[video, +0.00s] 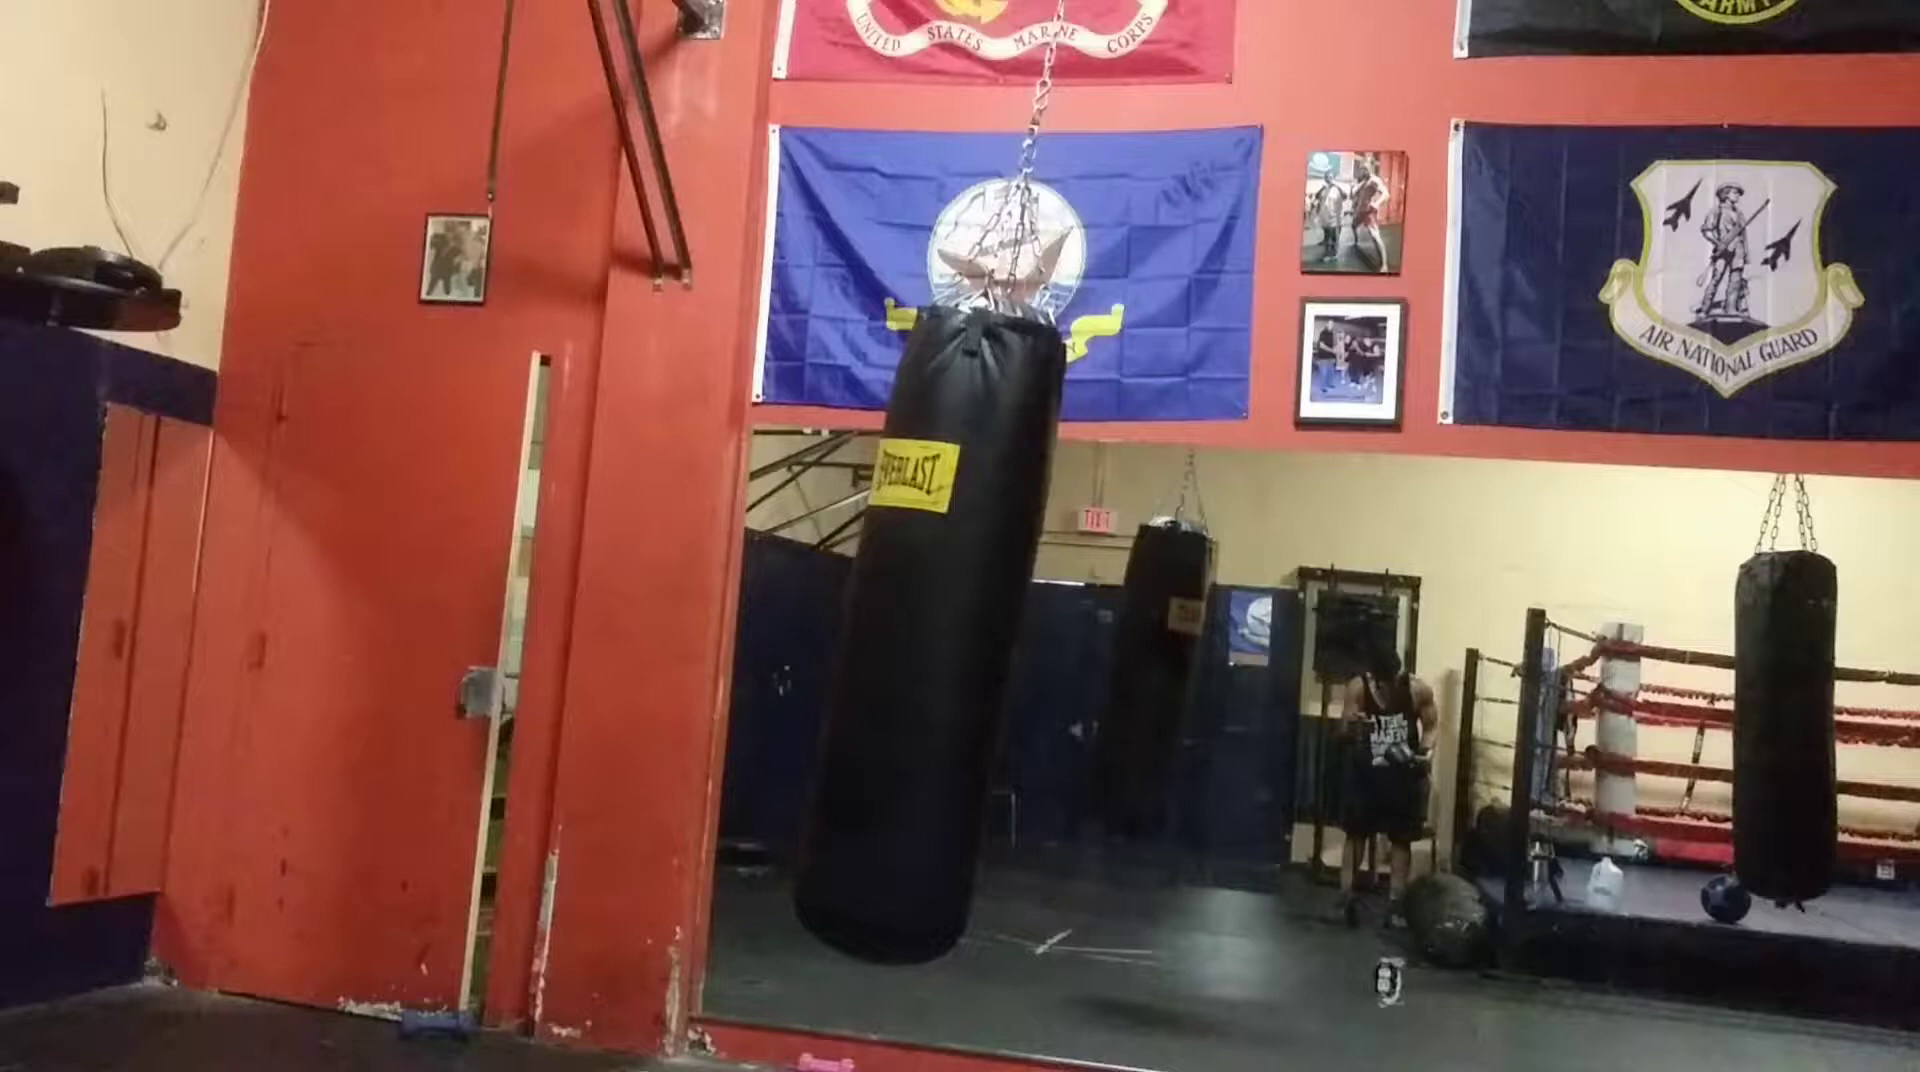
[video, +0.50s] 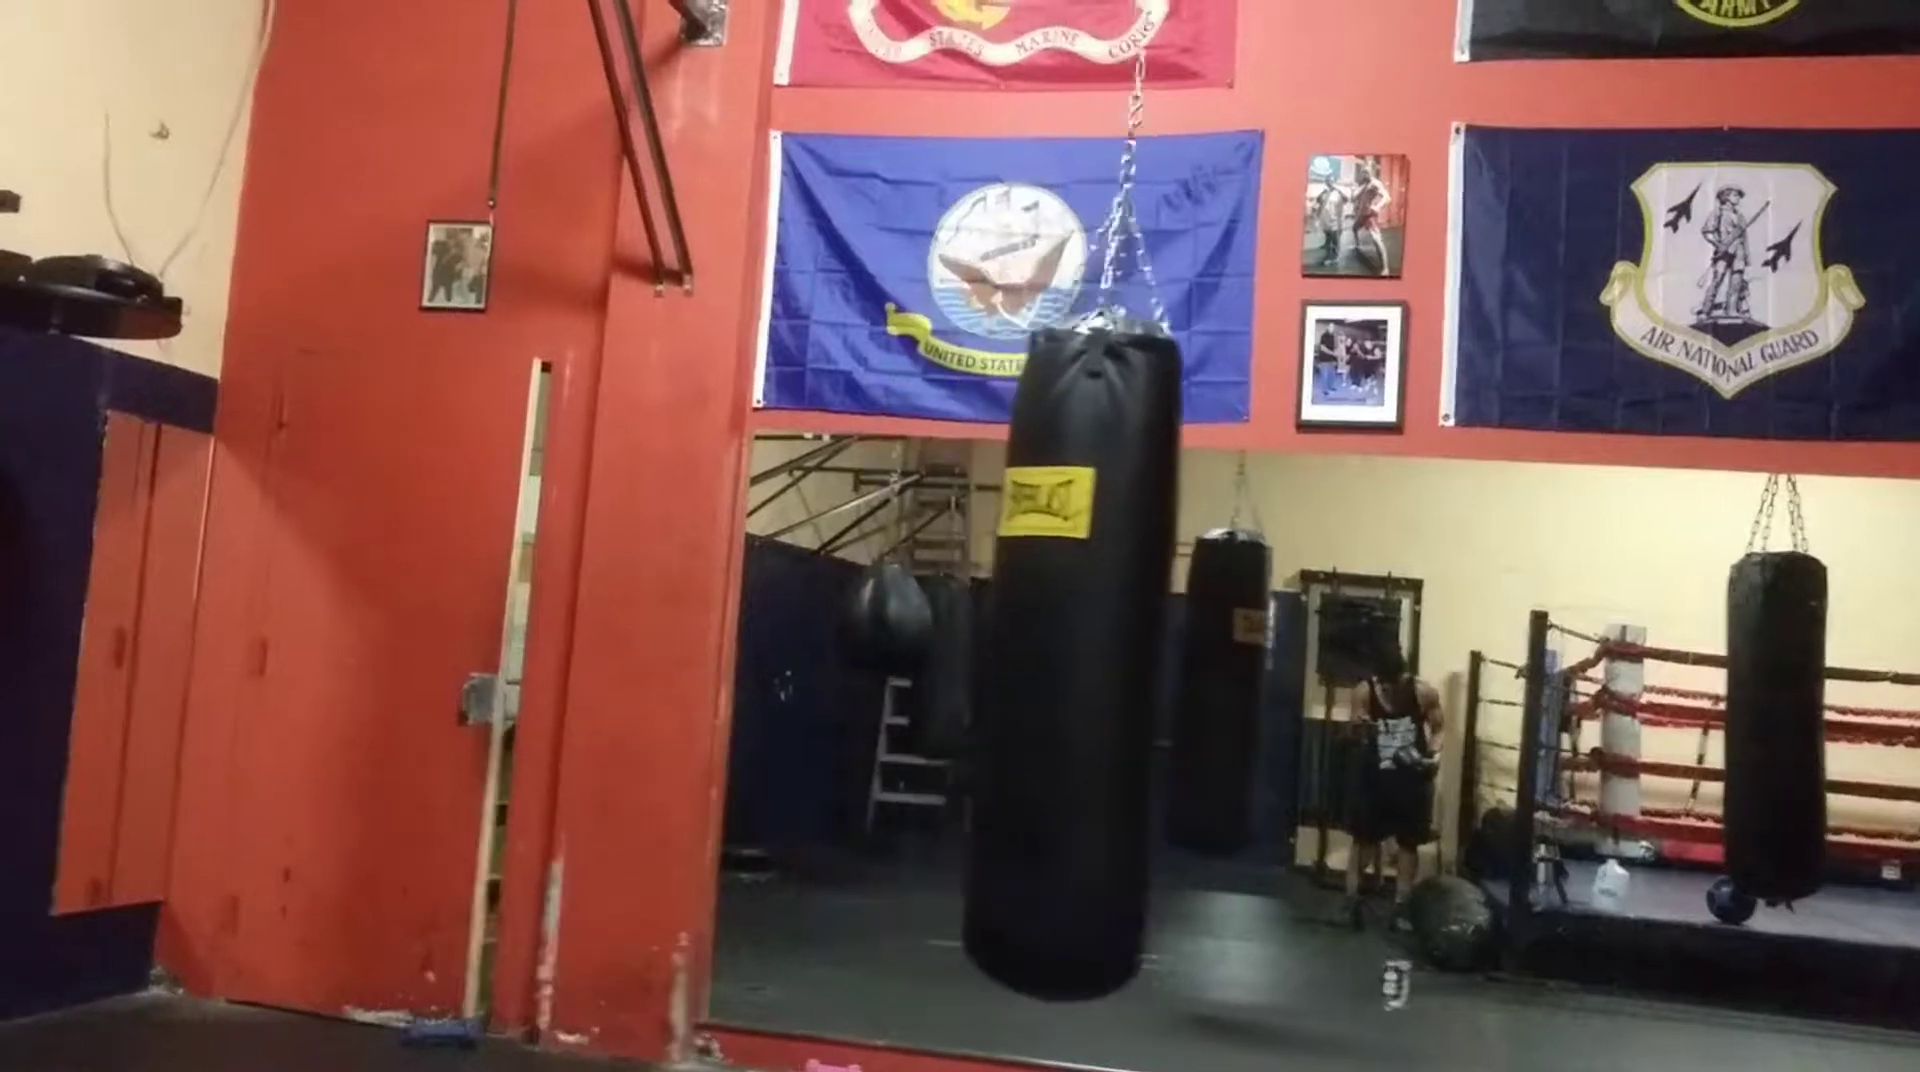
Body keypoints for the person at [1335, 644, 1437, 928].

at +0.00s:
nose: (1382, 690)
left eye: (1387, 685)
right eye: (1377, 685)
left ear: (1399, 676)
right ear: (1370, 678)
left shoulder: (1418, 691)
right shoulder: (1358, 688)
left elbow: (1430, 725)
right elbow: (1344, 731)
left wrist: (1426, 750)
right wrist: (1353, 723)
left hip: (1404, 776)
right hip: (1364, 774)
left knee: (1401, 841)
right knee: (1355, 835)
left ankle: (1396, 904)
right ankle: (1346, 897)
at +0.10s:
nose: (1382, 691)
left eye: (1388, 685)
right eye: (1378, 685)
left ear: (1400, 677)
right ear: (1370, 678)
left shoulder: (1419, 691)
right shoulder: (1358, 689)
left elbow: (1431, 725)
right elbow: (1344, 732)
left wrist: (1427, 750)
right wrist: (1352, 724)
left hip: (1405, 776)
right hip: (1365, 774)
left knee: (1402, 841)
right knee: (1356, 836)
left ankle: (1397, 904)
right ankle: (1347, 897)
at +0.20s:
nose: (1382, 691)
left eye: (1388, 686)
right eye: (1378, 685)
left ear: (1400, 677)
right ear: (1370, 678)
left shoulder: (1419, 691)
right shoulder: (1359, 689)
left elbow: (1432, 725)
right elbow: (1346, 732)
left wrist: (1428, 750)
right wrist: (1354, 723)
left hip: (1405, 776)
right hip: (1366, 774)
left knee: (1402, 841)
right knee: (1356, 836)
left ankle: (1397, 904)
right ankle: (1348, 896)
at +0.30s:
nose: (1384, 689)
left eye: (1390, 683)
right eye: (1379, 684)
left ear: (1401, 674)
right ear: (1371, 676)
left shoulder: (1420, 691)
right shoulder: (1360, 689)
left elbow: (1432, 726)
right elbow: (1347, 731)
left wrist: (1429, 751)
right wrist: (1355, 726)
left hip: (1406, 777)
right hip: (1368, 775)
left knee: (1403, 841)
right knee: (1358, 836)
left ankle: (1397, 904)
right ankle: (1348, 897)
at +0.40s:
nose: (1383, 690)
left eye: (1388, 685)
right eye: (1378, 685)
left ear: (1401, 677)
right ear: (1371, 678)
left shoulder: (1420, 692)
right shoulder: (1361, 690)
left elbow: (1434, 725)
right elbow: (1350, 729)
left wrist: (1430, 751)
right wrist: (1359, 725)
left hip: (1408, 776)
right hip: (1369, 774)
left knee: (1404, 842)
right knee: (1360, 837)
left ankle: (1398, 905)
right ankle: (1350, 899)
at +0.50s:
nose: (1388, 689)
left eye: (1394, 683)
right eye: (1382, 683)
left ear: (1406, 675)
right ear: (1375, 678)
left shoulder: (1424, 694)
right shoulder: (1364, 693)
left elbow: (1437, 727)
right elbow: (1355, 730)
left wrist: (1434, 752)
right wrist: (1365, 731)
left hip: (1412, 778)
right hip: (1374, 776)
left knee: (1408, 844)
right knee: (1363, 839)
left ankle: (1402, 907)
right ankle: (1354, 901)